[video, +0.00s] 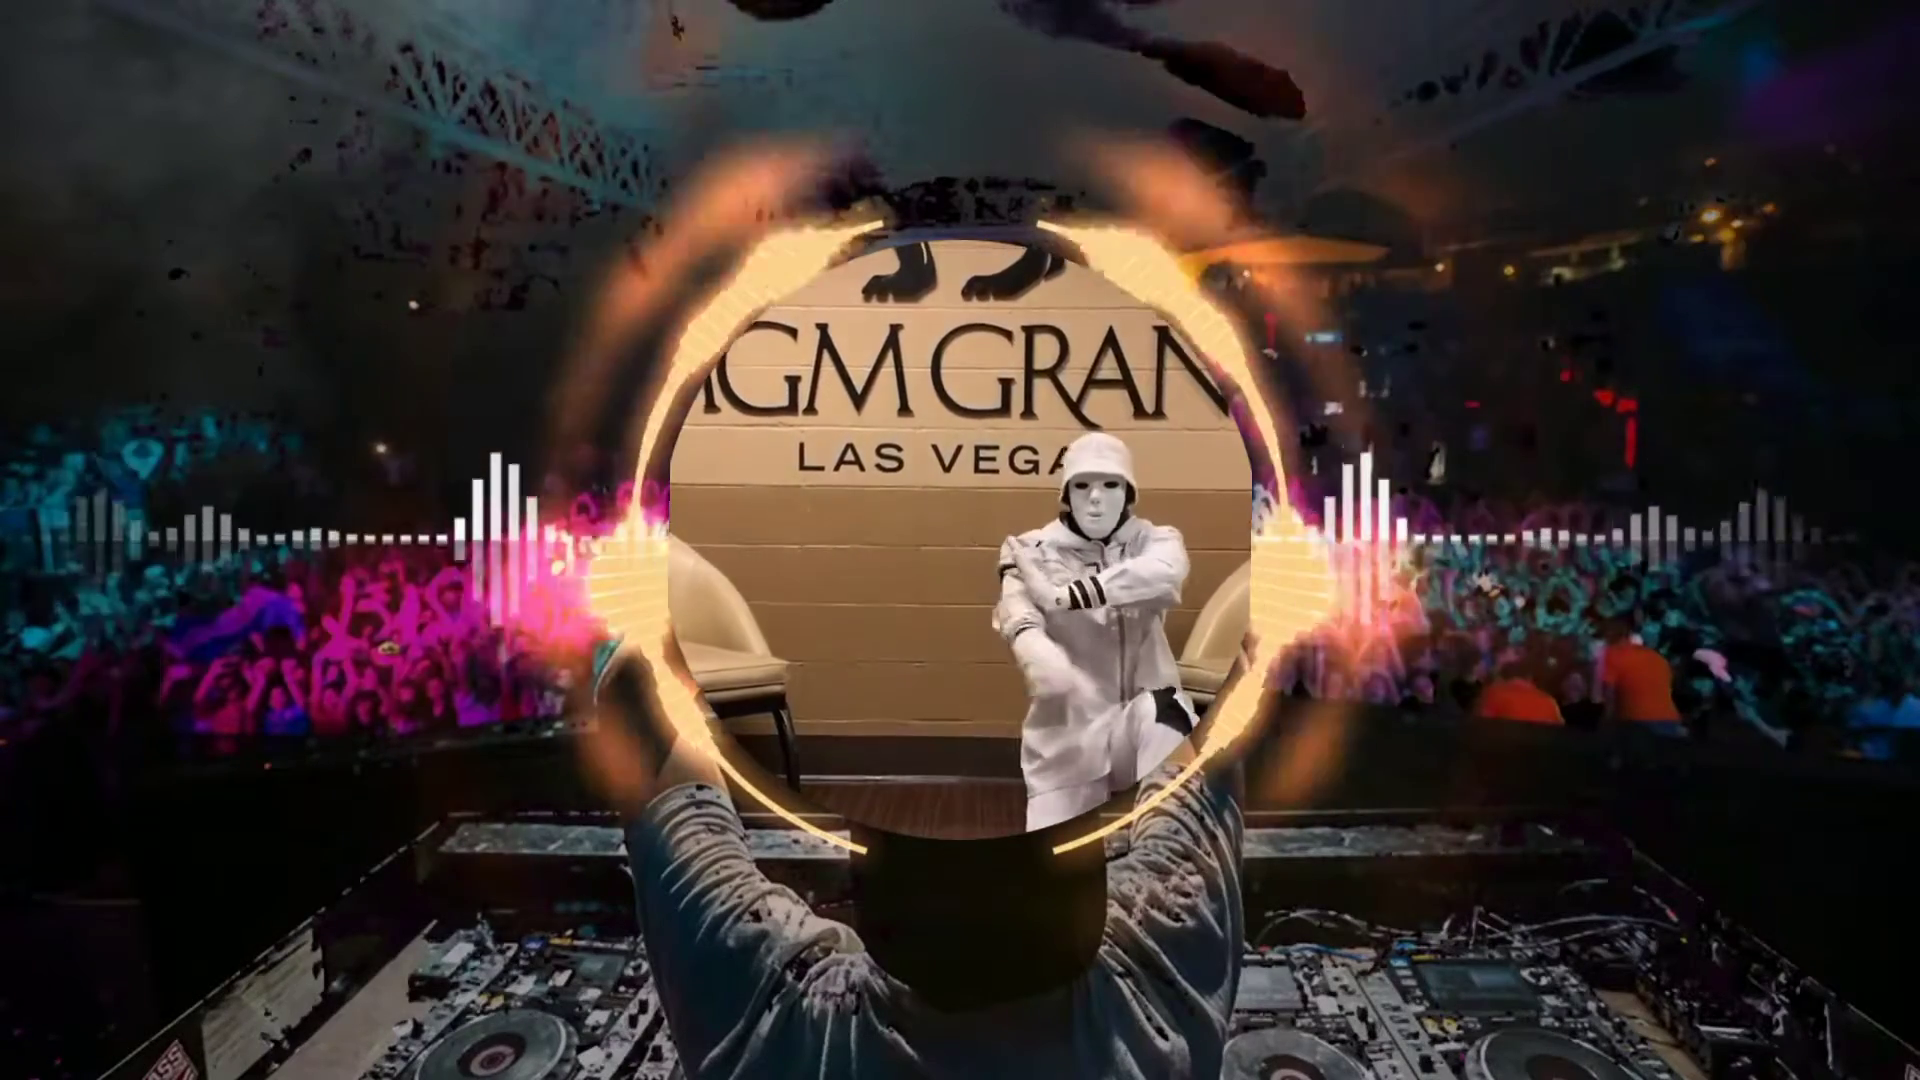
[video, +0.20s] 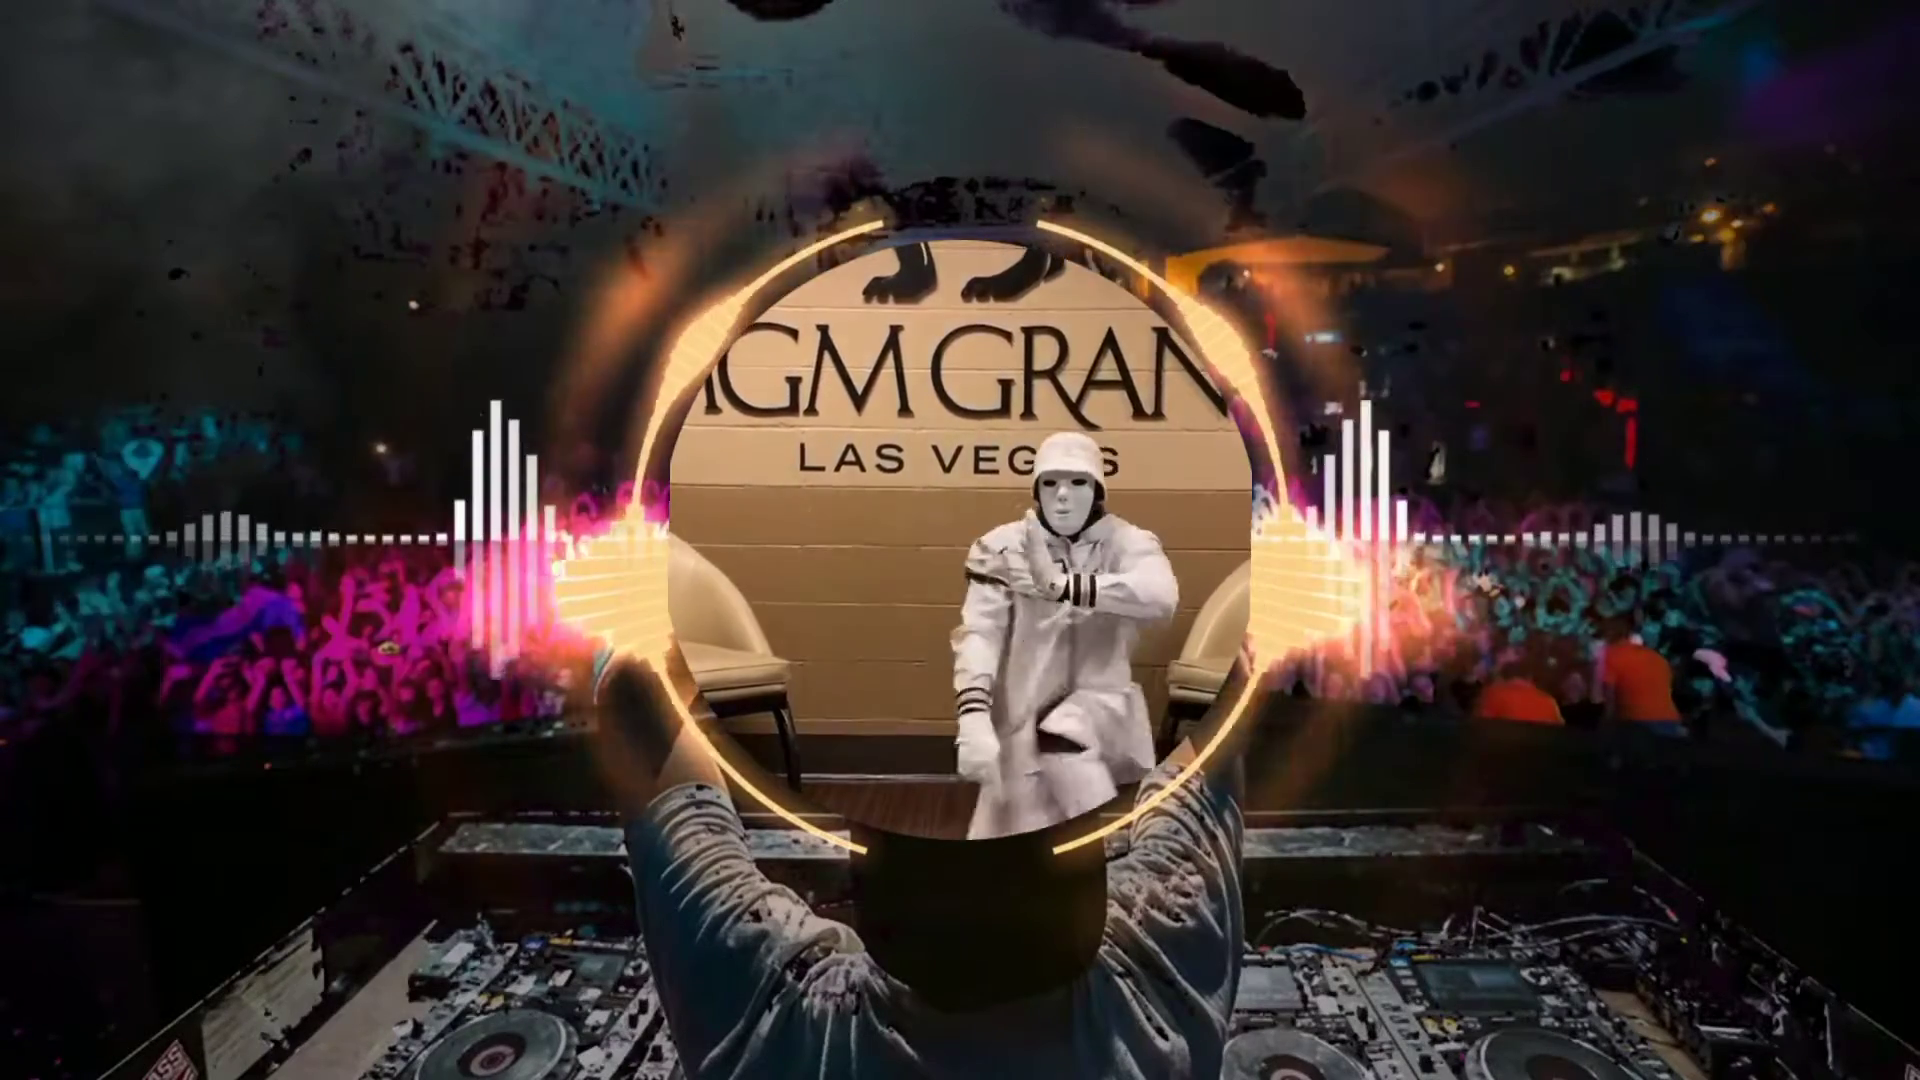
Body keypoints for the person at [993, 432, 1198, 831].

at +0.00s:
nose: (1095, 498)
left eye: (1110, 485)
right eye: (1082, 486)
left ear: (1128, 494)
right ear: (1066, 494)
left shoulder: (1157, 540)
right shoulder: (1027, 550)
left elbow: (1166, 576)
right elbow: (1016, 613)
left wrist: (1068, 595)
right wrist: (1044, 662)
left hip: (1138, 732)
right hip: (1064, 743)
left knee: (1165, 707)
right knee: (1057, 870)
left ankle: (1162, 835)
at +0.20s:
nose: (1063, 496)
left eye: (1078, 483)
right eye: (1051, 484)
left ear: (1097, 492)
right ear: (1036, 491)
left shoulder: (1129, 543)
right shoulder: (1004, 546)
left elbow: (1159, 597)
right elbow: (979, 634)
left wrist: (1062, 586)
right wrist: (974, 717)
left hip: (1103, 699)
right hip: (1023, 713)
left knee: (1060, 736)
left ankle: (1108, 861)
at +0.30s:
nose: (1027, 489)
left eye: (1041, 477)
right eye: (1016, 477)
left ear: (1063, 484)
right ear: (1003, 484)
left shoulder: (1097, 539)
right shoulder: (976, 540)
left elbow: (1155, 604)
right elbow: (956, 643)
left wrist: (1058, 581)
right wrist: (945, 730)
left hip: (1055, 708)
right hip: (984, 709)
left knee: (964, 792)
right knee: (932, 838)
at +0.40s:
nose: (992, 477)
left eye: (1007, 465)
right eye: (982, 465)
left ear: (1030, 475)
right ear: (972, 473)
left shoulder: (1064, 546)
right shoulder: (958, 540)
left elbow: (1130, 619)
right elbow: (938, 644)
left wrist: (1058, 624)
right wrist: (923, 730)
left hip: (1015, 741)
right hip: (956, 729)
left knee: (918, 841)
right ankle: (1062, 795)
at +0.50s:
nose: (952, 465)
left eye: (969, 452)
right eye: (945, 452)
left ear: (995, 463)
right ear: (936, 459)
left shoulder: (1018, 547)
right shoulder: (959, 534)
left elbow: (1077, 637)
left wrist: (998, 669)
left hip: (981, 764)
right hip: (936, 750)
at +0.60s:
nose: (884, 467)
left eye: (896, 457)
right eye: (886, 456)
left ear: (932, 468)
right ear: (936, 469)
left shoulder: (956, 564)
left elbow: (976, 678)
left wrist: (888, 668)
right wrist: (899, 659)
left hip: (942, 754)